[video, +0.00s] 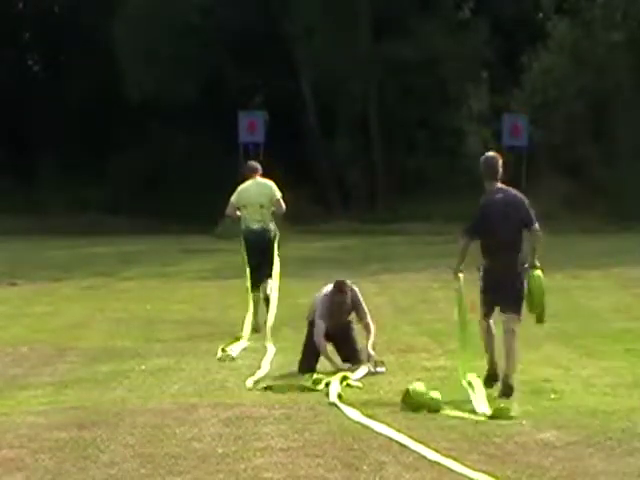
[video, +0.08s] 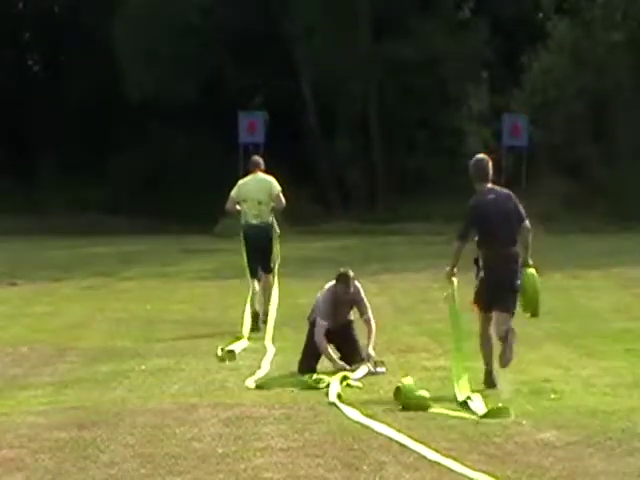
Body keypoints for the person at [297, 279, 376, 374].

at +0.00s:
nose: (342, 302)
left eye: (344, 298)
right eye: (339, 299)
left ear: (349, 293)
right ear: (333, 295)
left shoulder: (353, 293)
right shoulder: (323, 299)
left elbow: (368, 324)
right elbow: (318, 338)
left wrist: (369, 348)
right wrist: (335, 365)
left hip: (342, 326)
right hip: (320, 325)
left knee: (355, 360)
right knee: (306, 366)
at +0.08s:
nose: (348, 293)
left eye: (350, 290)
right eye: (344, 291)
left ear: (353, 286)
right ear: (336, 287)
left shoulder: (356, 289)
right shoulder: (326, 296)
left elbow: (369, 321)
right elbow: (319, 337)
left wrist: (370, 347)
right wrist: (335, 362)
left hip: (343, 326)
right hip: (321, 326)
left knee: (356, 362)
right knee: (306, 368)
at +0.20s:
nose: (354, 288)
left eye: (356, 284)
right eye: (350, 285)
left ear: (359, 282)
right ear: (342, 284)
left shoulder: (362, 287)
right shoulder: (331, 296)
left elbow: (372, 317)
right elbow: (321, 331)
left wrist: (369, 346)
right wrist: (334, 356)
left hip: (348, 329)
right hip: (327, 328)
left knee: (358, 364)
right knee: (307, 370)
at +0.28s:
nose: (357, 288)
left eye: (360, 284)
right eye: (354, 285)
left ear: (362, 282)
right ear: (346, 283)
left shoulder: (366, 287)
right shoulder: (336, 293)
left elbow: (376, 318)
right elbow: (321, 330)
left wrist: (370, 346)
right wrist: (331, 357)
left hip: (351, 329)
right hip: (331, 328)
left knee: (357, 361)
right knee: (310, 368)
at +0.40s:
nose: (357, 292)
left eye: (360, 289)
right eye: (354, 290)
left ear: (363, 285)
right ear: (347, 287)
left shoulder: (368, 289)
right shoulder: (338, 295)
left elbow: (377, 321)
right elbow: (323, 337)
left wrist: (369, 350)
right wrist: (332, 364)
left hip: (358, 326)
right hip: (338, 326)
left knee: (355, 362)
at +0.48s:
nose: (353, 297)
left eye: (356, 294)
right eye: (350, 294)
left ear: (361, 290)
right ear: (344, 290)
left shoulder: (366, 291)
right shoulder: (337, 296)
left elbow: (376, 327)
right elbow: (324, 336)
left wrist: (361, 363)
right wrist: (333, 364)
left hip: (361, 329)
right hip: (341, 331)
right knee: (320, 362)